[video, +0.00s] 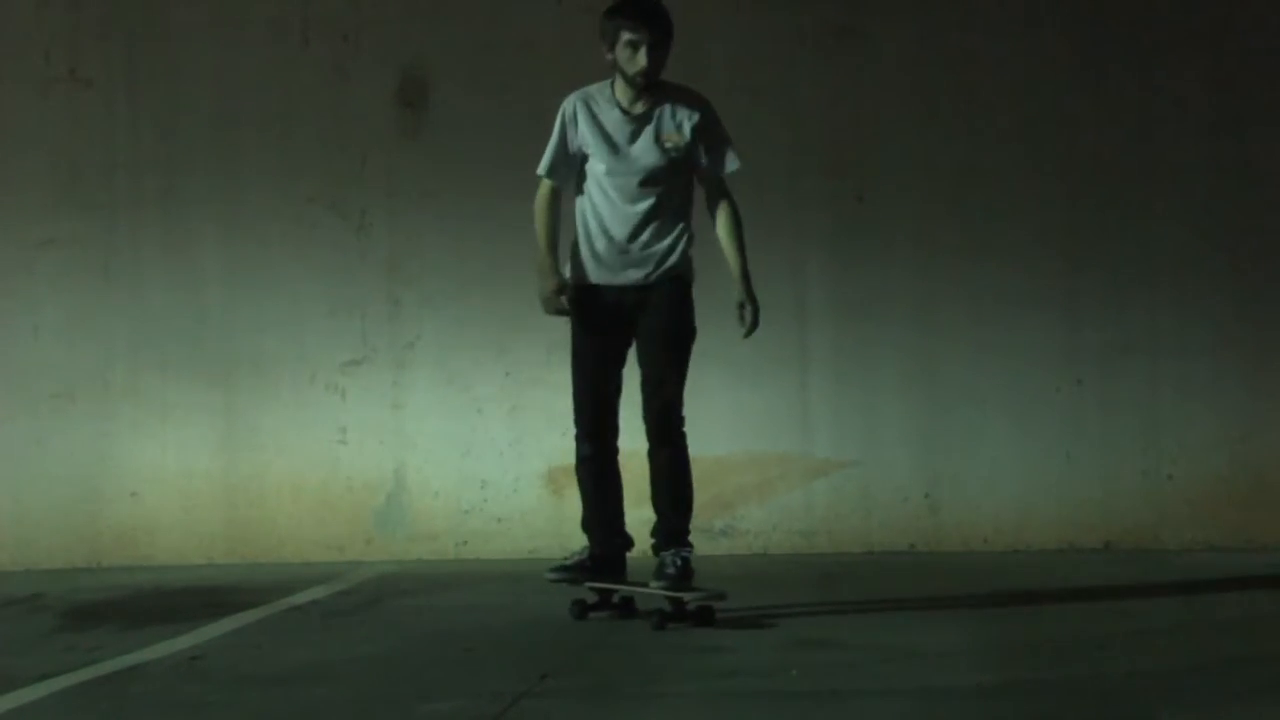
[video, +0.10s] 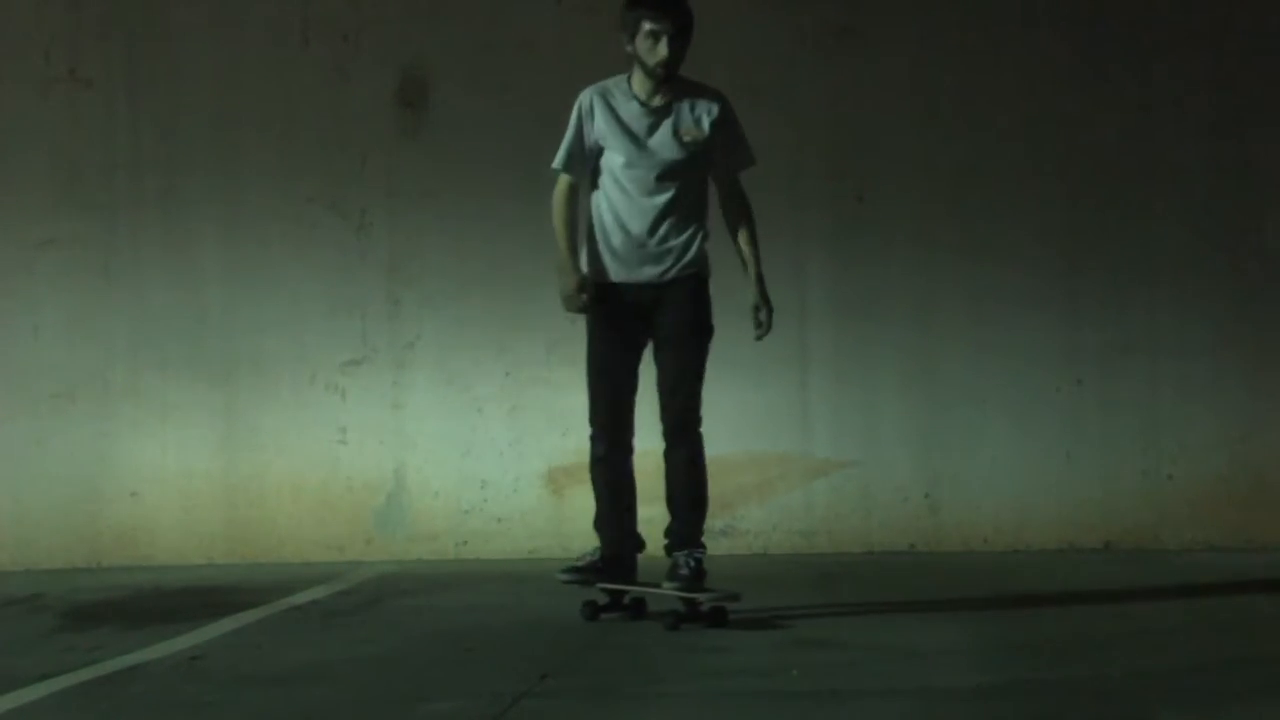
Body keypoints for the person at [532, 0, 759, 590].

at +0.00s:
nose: (643, 57)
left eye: (653, 46)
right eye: (632, 45)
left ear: (665, 50)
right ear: (610, 48)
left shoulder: (689, 113)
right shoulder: (578, 110)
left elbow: (719, 197)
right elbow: (548, 189)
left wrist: (741, 280)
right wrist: (548, 272)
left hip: (664, 291)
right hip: (595, 291)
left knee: (662, 421)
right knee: (592, 428)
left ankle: (673, 548)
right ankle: (605, 550)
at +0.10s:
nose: (665, 49)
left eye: (675, 38)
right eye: (654, 37)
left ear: (686, 43)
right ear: (630, 40)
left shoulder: (707, 109)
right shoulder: (595, 104)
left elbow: (732, 198)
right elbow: (566, 188)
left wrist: (756, 283)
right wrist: (569, 269)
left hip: (682, 290)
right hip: (611, 290)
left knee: (680, 423)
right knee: (607, 429)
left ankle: (686, 549)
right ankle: (616, 551)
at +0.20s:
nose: (686, 41)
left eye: (696, 30)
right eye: (674, 29)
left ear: (705, 35)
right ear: (650, 32)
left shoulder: (724, 104)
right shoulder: (612, 98)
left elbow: (749, 199)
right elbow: (583, 185)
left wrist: (771, 286)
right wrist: (587, 267)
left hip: (699, 287)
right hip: (628, 288)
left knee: (699, 423)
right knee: (622, 429)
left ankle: (700, 551)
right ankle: (629, 554)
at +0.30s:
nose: (705, 36)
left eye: (715, 25)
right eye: (694, 23)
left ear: (725, 32)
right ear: (669, 28)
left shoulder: (743, 103)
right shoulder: (629, 95)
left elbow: (767, 198)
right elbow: (601, 183)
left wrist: (788, 288)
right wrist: (603, 270)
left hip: (717, 288)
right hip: (645, 288)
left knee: (718, 425)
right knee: (639, 426)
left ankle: (716, 553)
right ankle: (642, 554)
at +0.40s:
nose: (724, 33)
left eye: (735, 21)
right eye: (713, 19)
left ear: (745, 28)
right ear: (687, 24)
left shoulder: (761, 101)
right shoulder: (646, 92)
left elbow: (785, 196)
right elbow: (618, 179)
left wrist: (806, 286)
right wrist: (618, 269)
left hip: (735, 287)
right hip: (661, 287)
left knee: (738, 425)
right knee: (656, 427)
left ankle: (736, 554)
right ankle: (659, 556)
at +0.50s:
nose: (742, 29)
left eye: (752, 18)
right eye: (730, 16)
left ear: (762, 23)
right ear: (705, 21)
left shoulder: (781, 98)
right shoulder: (663, 89)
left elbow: (804, 192)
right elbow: (635, 178)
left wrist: (824, 284)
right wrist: (632, 268)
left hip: (754, 284)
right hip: (680, 285)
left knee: (758, 425)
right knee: (675, 427)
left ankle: (757, 556)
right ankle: (679, 559)